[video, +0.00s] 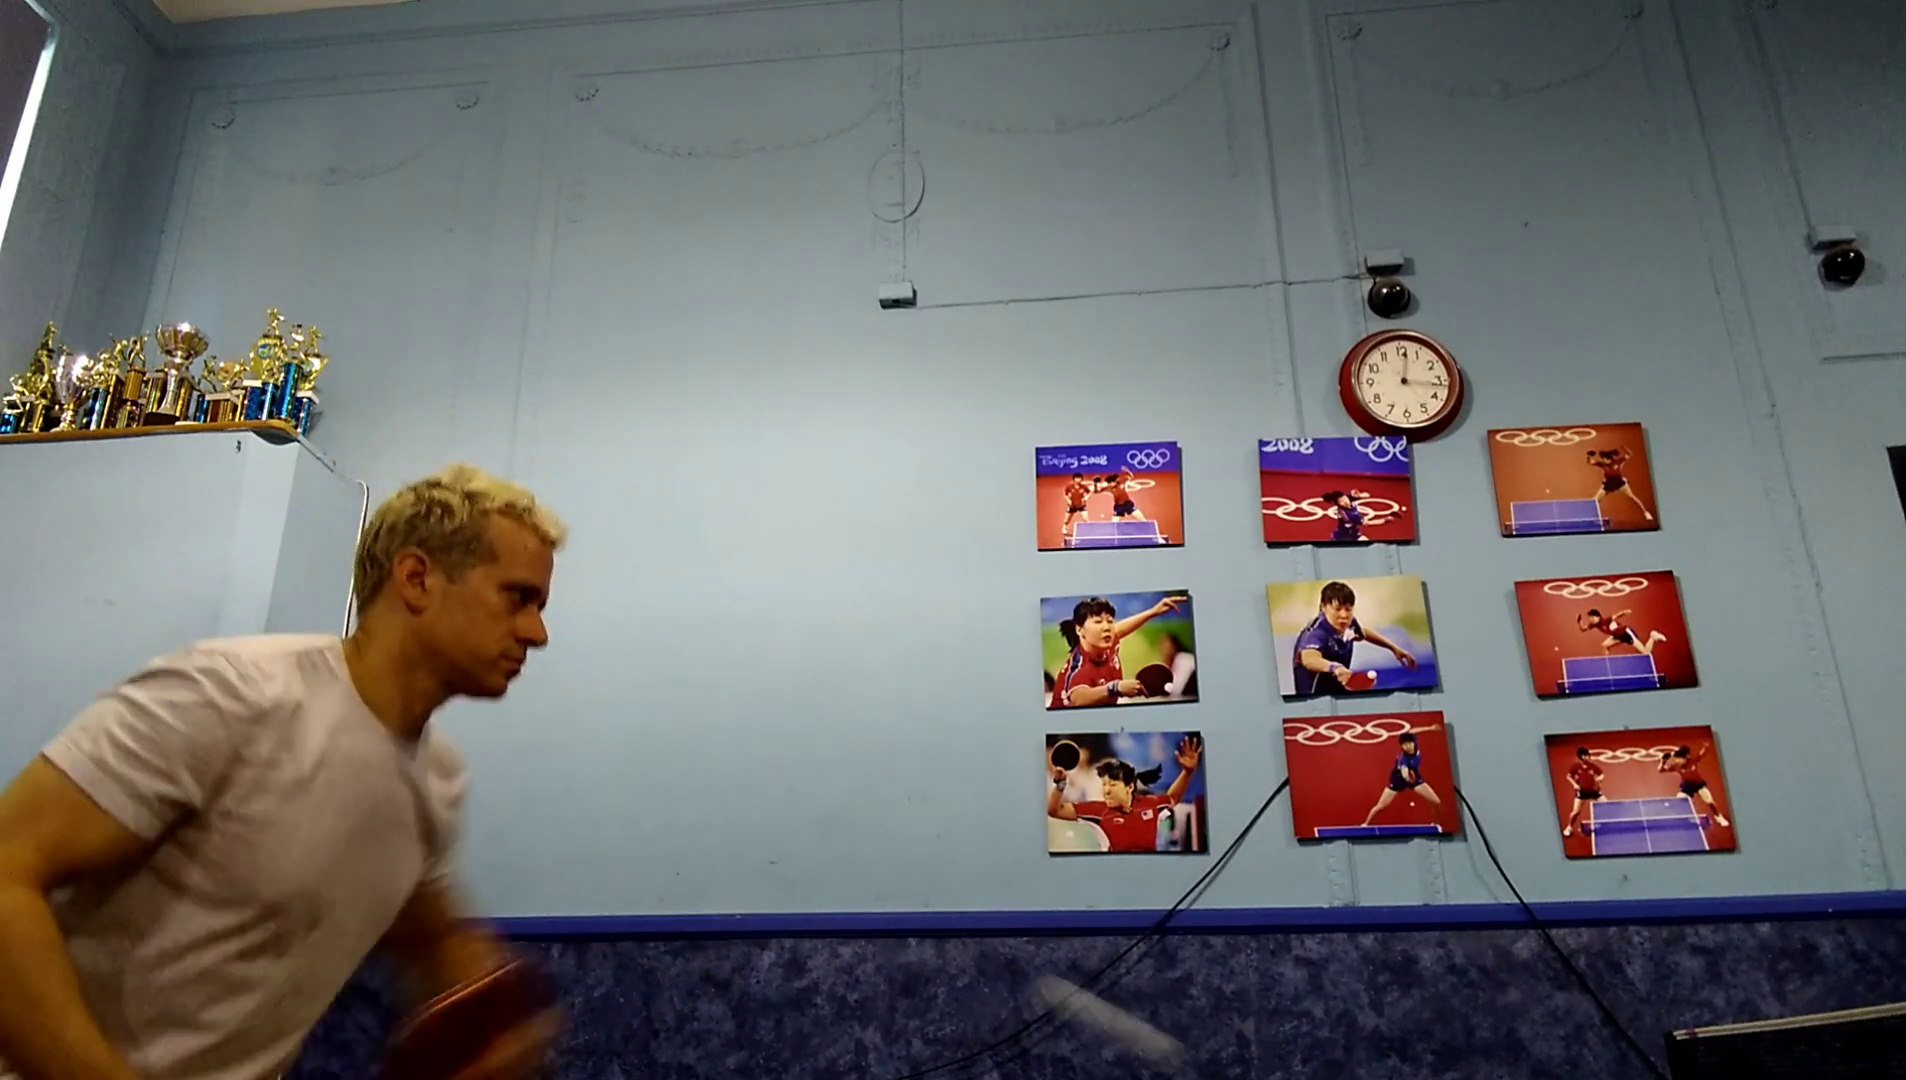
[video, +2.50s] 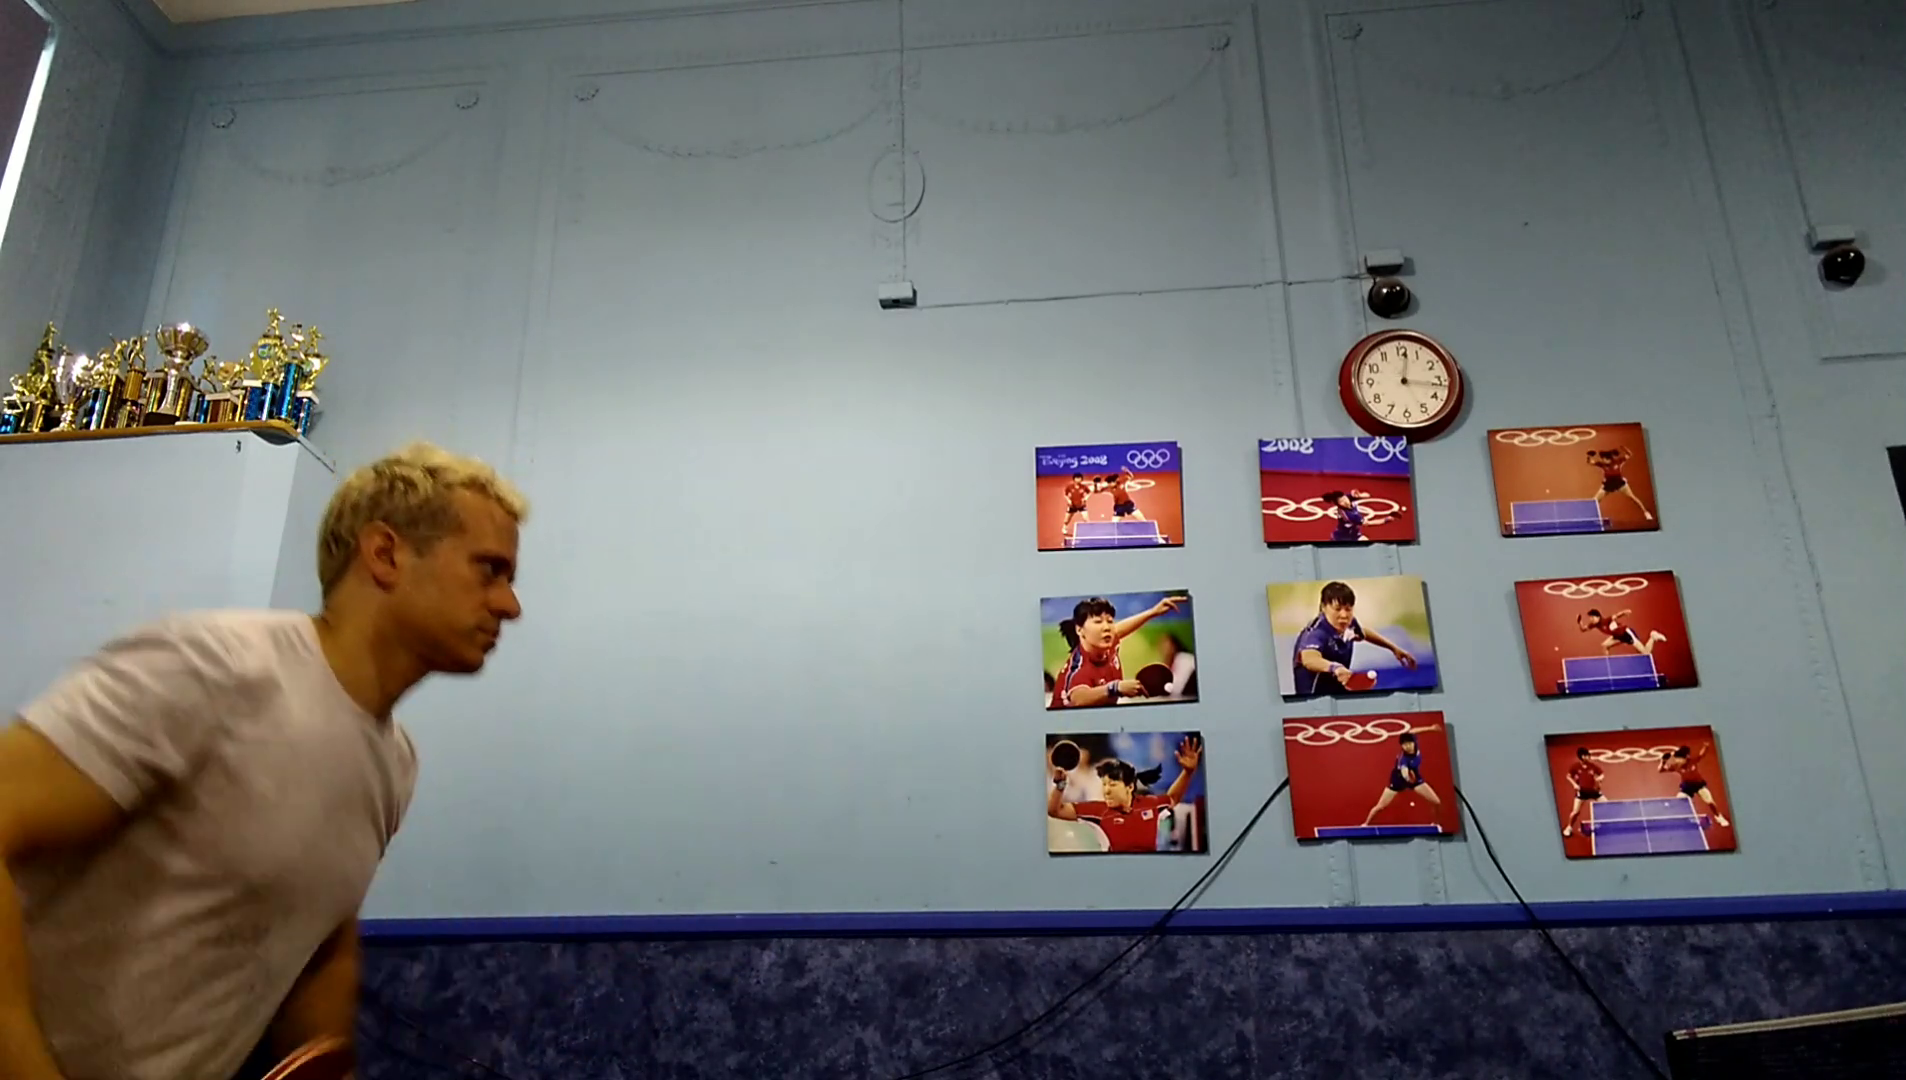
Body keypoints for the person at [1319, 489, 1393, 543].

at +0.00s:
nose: (1344, 502)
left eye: (1344, 499)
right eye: (1341, 502)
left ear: (1346, 497)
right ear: (1339, 505)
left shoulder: (1349, 498)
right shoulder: (1350, 515)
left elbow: (1367, 496)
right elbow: (1366, 523)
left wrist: (1360, 495)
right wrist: (1385, 520)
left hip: (1356, 536)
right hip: (1341, 538)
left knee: (1371, 548)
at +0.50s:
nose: (1345, 502)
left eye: (1344, 499)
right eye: (1341, 502)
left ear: (1346, 497)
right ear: (1339, 505)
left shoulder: (1348, 498)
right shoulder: (1350, 515)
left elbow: (1367, 496)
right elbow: (1366, 523)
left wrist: (1360, 495)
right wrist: (1384, 520)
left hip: (1355, 535)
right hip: (1341, 538)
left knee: (1371, 547)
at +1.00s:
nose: (1344, 502)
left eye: (1344, 499)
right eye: (1341, 502)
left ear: (1346, 497)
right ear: (1339, 505)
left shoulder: (1349, 498)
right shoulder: (1350, 515)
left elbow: (1367, 496)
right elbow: (1366, 523)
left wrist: (1360, 495)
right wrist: (1385, 520)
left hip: (1356, 536)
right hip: (1341, 538)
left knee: (1371, 548)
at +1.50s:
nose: (1344, 502)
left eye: (1344, 499)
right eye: (1341, 502)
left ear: (1346, 497)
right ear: (1339, 505)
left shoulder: (1349, 498)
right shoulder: (1350, 515)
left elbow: (1367, 496)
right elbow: (1366, 523)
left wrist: (1360, 495)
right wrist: (1385, 520)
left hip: (1356, 536)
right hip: (1341, 538)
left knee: (1371, 548)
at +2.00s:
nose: (1344, 502)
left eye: (1344, 499)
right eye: (1341, 502)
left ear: (1346, 497)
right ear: (1339, 505)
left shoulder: (1349, 498)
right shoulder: (1350, 515)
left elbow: (1367, 496)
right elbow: (1366, 523)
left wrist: (1360, 495)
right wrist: (1385, 520)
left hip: (1355, 536)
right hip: (1341, 538)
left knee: (1371, 547)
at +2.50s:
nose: (1344, 502)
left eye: (1344, 499)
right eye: (1341, 502)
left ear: (1346, 497)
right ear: (1339, 505)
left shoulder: (1349, 498)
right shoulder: (1350, 515)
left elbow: (1367, 496)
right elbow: (1366, 523)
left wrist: (1360, 495)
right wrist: (1385, 520)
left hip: (1356, 536)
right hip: (1341, 538)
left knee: (1371, 547)